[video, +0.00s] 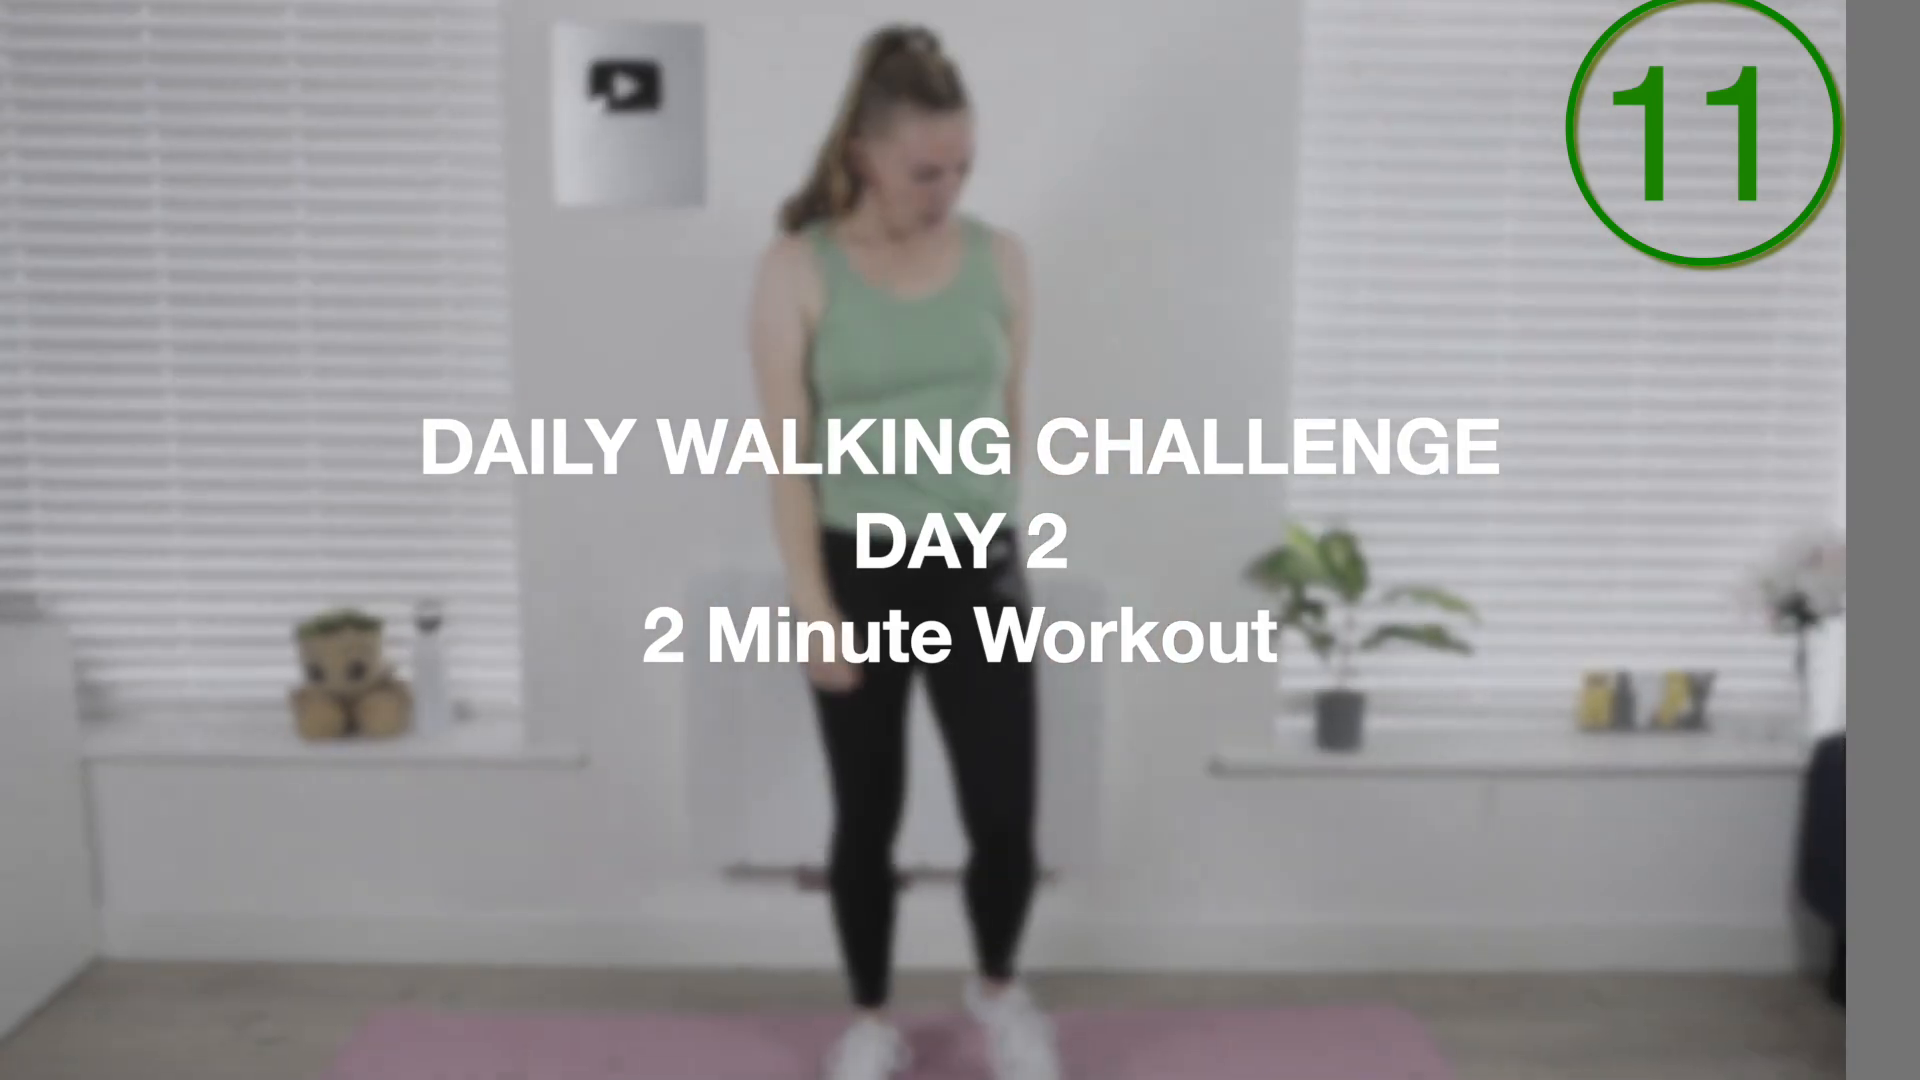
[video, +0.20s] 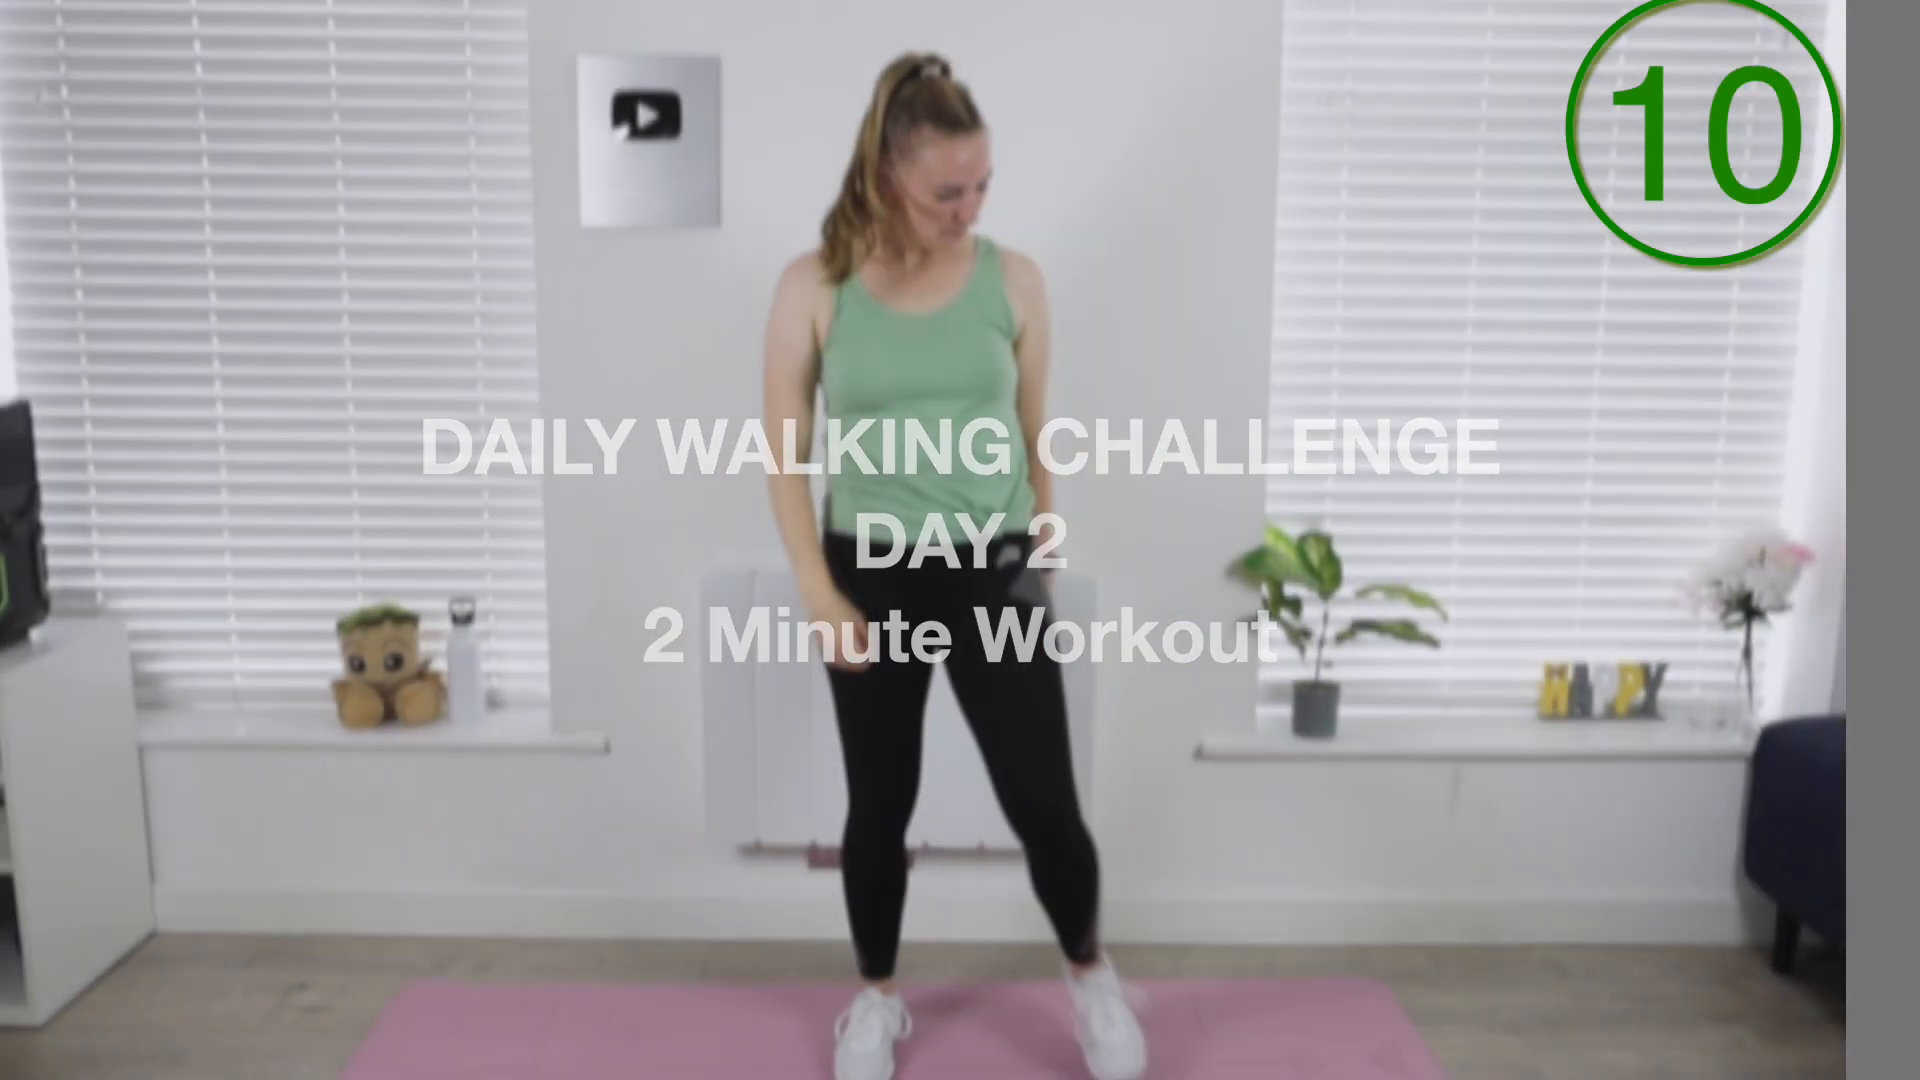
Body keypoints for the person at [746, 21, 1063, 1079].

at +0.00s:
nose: (947, 191)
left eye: (959, 170)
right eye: (926, 172)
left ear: (972, 150)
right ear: (860, 153)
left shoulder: (997, 260)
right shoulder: (799, 267)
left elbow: (1013, 427)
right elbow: (786, 454)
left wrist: (1013, 559)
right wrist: (814, 605)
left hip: (977, 563)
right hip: (854, 566)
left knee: (1004, 807)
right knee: (868, 807)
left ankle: (998, 988)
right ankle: (870, 1015)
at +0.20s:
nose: (969, 208)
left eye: (980, 186)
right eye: (948, 192)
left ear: (990, 166)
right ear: (884, 173)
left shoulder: (1013, 281)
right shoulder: (816, 288)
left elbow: (1032, 431)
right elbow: (786, 456)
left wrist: (1045, 536)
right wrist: (817, 591)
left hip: (995, 566)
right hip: (871, 568)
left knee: (1044, 805)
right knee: (878, 804)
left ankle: (1091, 976)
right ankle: (876, 996)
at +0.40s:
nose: (1006, 201)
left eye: (1015, 177)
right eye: (981, 184)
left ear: (1025, 174)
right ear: (925, 189)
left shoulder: (1060, 307)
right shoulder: (871, 309)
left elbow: (1094, 460)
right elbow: (832, 464)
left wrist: (1118, 591)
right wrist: (805, 602)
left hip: (1031, 591)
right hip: (909, 587)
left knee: (1062, 812)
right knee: (899, 795)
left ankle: (1131, 1010)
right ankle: (881, 966)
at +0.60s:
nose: (1034, 191)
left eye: (1052, 172)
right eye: (1012, 174)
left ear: (1075, 188)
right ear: (979, 192)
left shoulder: (1122, 311)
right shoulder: (938, 309)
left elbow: (1172, 455)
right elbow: (868, 443)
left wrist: (1137, 538)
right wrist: (915, 556)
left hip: (1078, 571)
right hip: (960, 564)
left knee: (1083, 792)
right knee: (929, 771)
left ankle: (1119, 981)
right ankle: (890, 932)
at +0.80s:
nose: (1067, 207)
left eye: (1087, 189)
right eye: (1049, 188)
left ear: (1112, 202)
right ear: (1019, 200)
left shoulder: (1146, 316)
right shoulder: (975, 296)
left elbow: (1224, 412)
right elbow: (874, 376)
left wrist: (1118, 458)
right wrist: (999, 368)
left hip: (1102, 581)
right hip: (992, 573)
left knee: (1094, 792)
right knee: (954, 781)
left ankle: (1117, 973)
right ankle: (958, 937)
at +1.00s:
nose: (1066, 201)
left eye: (1086, 184)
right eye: (1048, 182)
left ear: (1117, 201)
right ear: (1022, 194)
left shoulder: (1136, 306)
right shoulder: (987, 280)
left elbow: (1174, 383)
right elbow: (865, 291)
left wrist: (1036, 400)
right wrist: (997, 286)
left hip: (1101, 576)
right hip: (994, 572)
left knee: (1099, 787)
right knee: (999, 787)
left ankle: (1116, 972)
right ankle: (1007, 972)